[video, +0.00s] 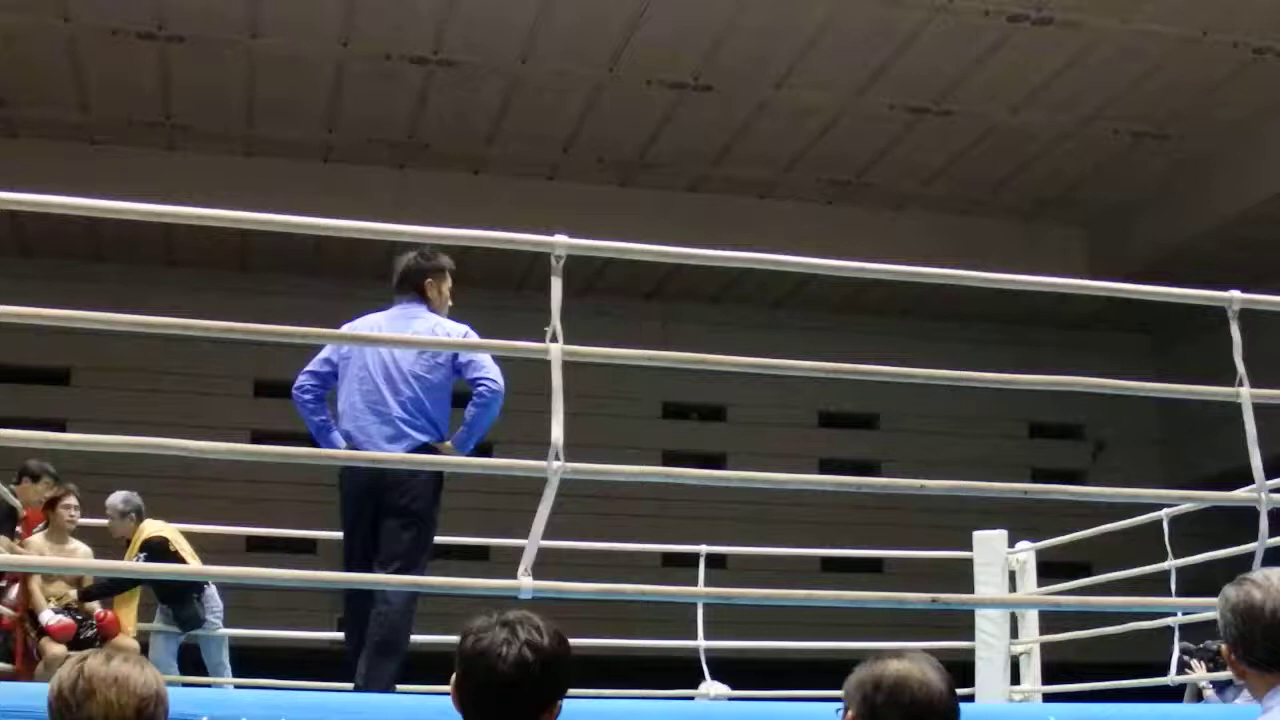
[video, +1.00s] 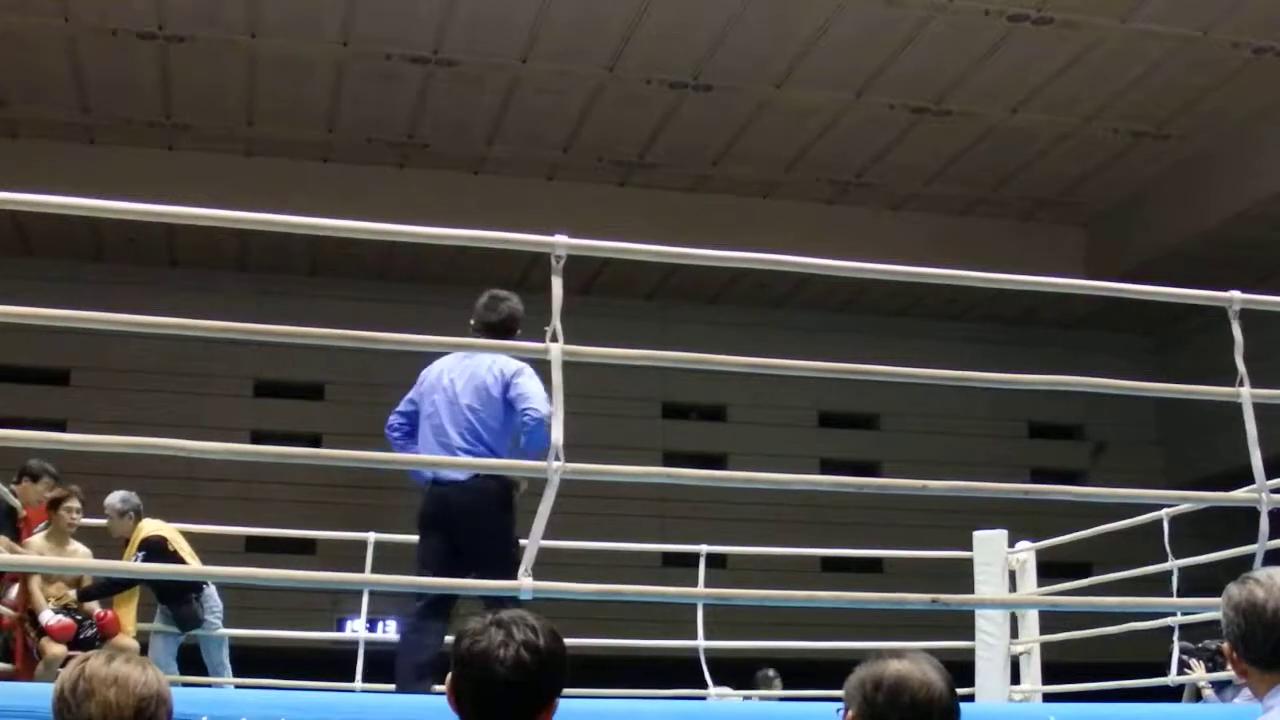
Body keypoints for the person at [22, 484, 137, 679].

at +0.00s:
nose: (73, 514)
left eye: (76, 509)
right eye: (66, 508)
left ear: (80, 513)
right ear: (50, 512)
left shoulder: (84, 551)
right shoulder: (33, 544)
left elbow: (87, 592)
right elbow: (33, 585)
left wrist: (99, 613)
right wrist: (47, 617)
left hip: (78, 612)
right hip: (42, 611)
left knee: (129, 646)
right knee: (57, 653)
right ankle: (36, 705)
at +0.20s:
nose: (73, 514)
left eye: (76, 509)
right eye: (66, 508)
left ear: (81, 514)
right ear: (50, 511)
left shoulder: (84, 550)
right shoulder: (33, 543)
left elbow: (87, 592)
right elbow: (33, 584)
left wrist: (99, 613)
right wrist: (47, 616)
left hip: (78, 613)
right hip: (42, 611)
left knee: (130, 646)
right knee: (56, 653)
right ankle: (36, 705)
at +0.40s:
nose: (73, 514)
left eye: (76, 509)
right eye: (66, 508)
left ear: (81, 513)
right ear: (50, 511)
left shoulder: (84, 550)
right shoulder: (34, 544)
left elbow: (87, 592)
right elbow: (33, 584)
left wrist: (99, 613)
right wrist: (47, 616)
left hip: (78, 613)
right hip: (42, 611)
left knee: (130, 647)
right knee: (56, 653)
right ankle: (37, 705)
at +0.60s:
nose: (72, 514)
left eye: (76, 509)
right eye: (66, 508)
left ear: (81, 514)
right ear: (50, 512)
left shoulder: (84, 551)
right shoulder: (34, 544)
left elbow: (87, 592)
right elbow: (33, 586)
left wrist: (99, 614)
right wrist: (47, 617)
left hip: (78, 613)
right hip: (42, 612)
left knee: (130, 647)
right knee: (56, 653)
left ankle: (115, 702)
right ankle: (36, 703)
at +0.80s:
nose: (73, 514)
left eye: (76, 509)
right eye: (66, 508)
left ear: (81, 514)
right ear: (50, 512)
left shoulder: (83, 551)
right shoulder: (33, 544)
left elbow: (87, 592)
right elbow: (33, 585)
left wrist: (99, 614)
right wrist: (47, 617)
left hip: (77, 613)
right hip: (41, 612)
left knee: (130, 646)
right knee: (56, 652)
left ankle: (116, 702)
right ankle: (37, 703)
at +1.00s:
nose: (74, 517)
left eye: (78, 512)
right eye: (68, 511)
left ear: (82, 516)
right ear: (52, 513)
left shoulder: (83, 552)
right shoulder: (34, 544)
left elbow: (87, 592)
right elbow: (33, 586)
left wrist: (98, 614)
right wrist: (47, 617)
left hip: (77, 613)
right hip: (42, 611)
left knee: (130, 646)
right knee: (56, 652)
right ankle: (37, 703)